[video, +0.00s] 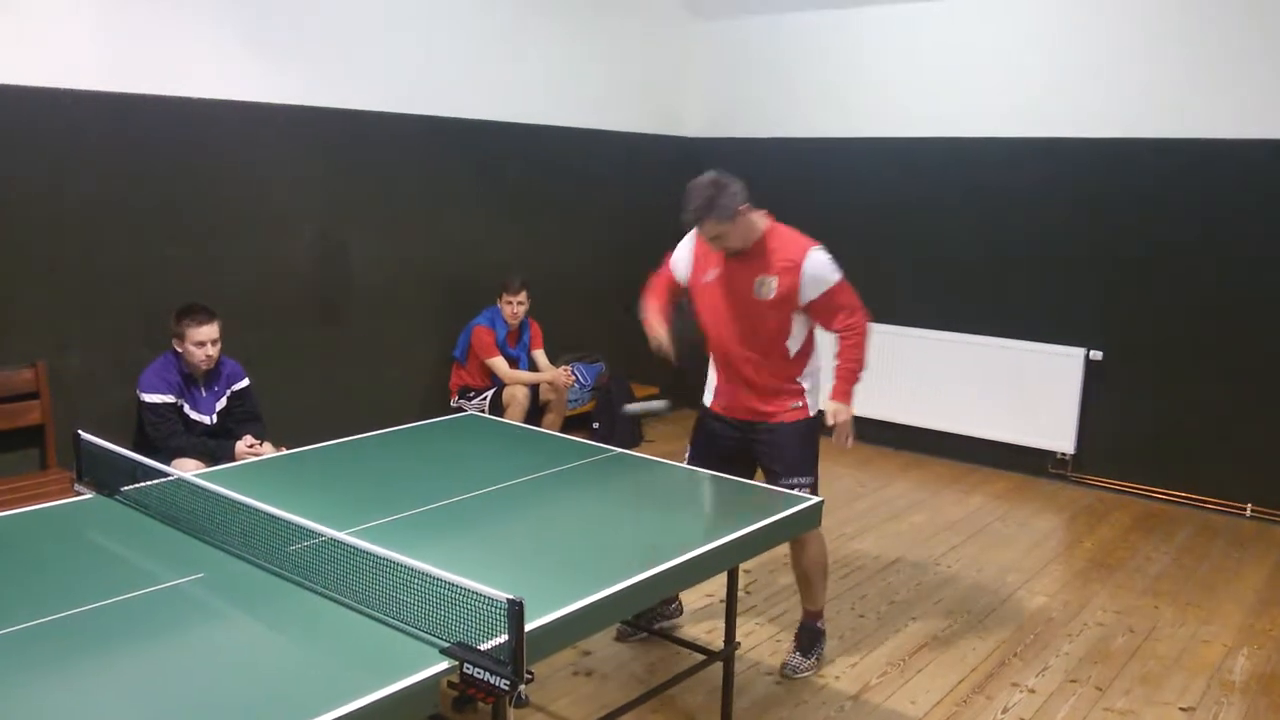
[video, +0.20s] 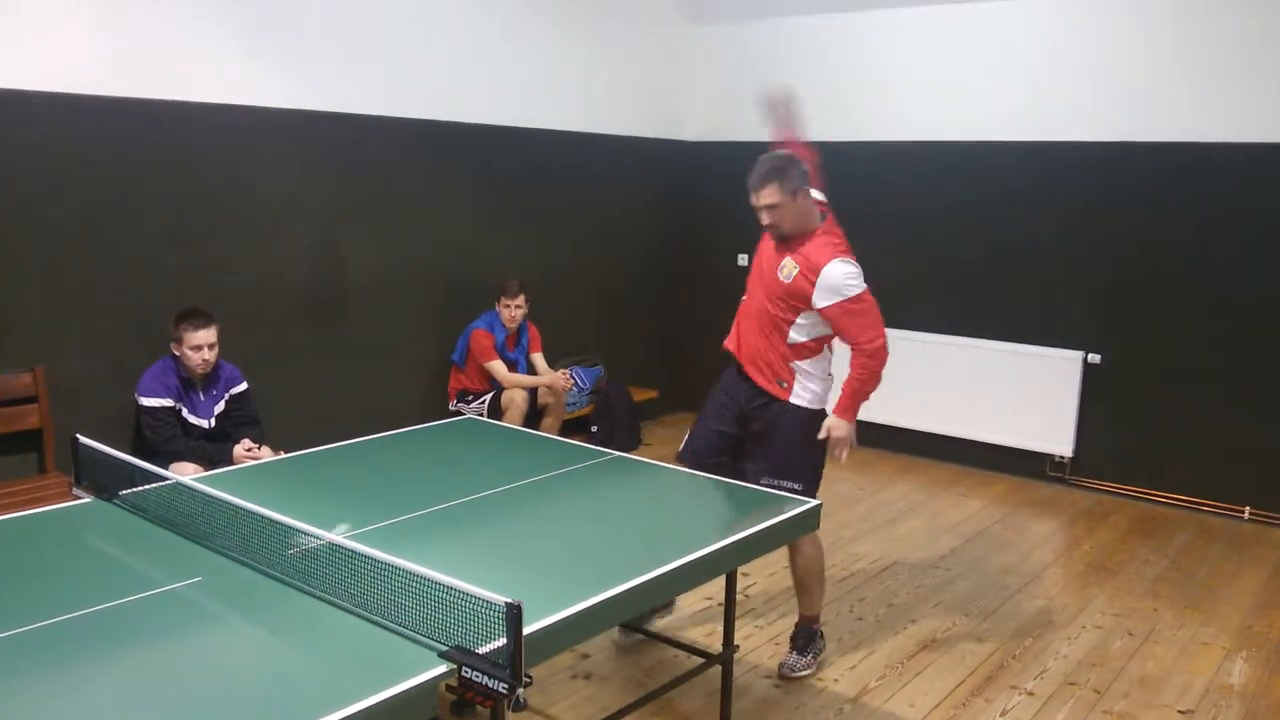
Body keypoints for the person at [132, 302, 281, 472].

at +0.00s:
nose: (210, 353)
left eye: (215, 343)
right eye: (200, 345)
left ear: (220, 341)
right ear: (178, 345)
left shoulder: (231, 372)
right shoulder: (155, 380)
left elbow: (248, 419)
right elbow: (169, 442)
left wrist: (249, 437)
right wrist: (230, 451)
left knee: (268, 452)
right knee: (190, 469)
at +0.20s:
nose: (206, 356)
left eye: (212, 347)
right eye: (196, 349)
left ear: (218, 345)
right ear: (176, 349)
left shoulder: (230, 376)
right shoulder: (154, 384)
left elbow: (246, 423)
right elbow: (167, 445)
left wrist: (247, 441)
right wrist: (229, 454)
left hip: (221, 454)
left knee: (266, 456)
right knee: (189, 472)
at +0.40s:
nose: (204, 358)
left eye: (210, 349)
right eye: (195, 351)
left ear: (217, 346)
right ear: (176, 350)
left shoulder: (230, 377)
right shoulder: (154, 385)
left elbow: (247, 425)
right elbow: (167, 447)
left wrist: (247, 443)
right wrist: (229, 455)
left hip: (222, 455)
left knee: (266, 457)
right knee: (189, 474)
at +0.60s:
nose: (200, 359)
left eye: (207, 350)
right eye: (191, 351)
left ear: (214, 347)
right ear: (172, 351)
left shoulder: (226, 378)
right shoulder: (151, 386)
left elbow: (244, 425)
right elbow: (164, 447)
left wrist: (244, 443)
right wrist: (225, 456)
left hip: (218, 453)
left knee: (263, 458)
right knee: (186, 474)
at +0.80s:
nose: (195, 359)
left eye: (202, 350)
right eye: (186, 351)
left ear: (209, 348)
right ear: (167, 350)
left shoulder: (221, 378)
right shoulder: (146, 385)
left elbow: (238, 424)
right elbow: (157, 447)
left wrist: (240, 443)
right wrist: (220, 456)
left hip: (212, 454)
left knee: (258, 459)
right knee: (182, 475)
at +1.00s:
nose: (196, 359)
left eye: (202, 350)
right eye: (186, 351)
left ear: (209, 348)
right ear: (167, 351)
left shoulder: (221, 378)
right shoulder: (146, 385)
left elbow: (238, 424)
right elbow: (158, 447)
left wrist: (239, 443)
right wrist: (221, 456)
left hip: (212, 454)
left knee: (258, 459)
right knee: (182, 475)